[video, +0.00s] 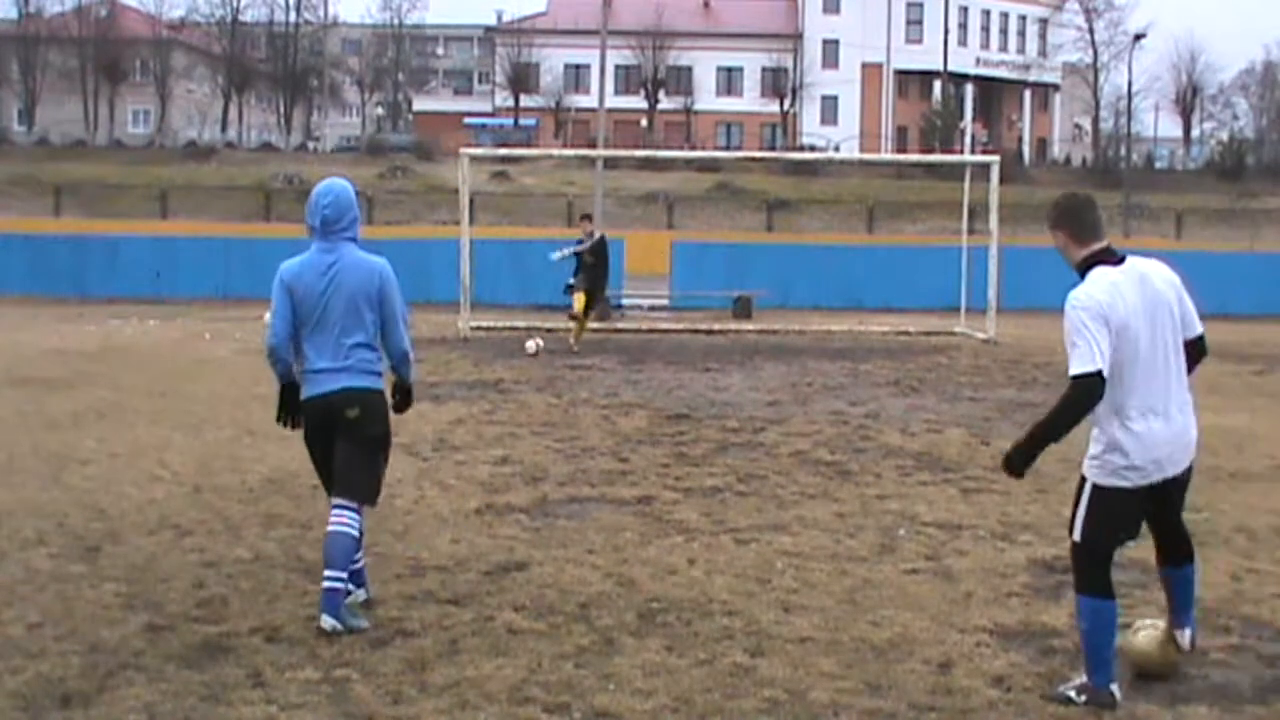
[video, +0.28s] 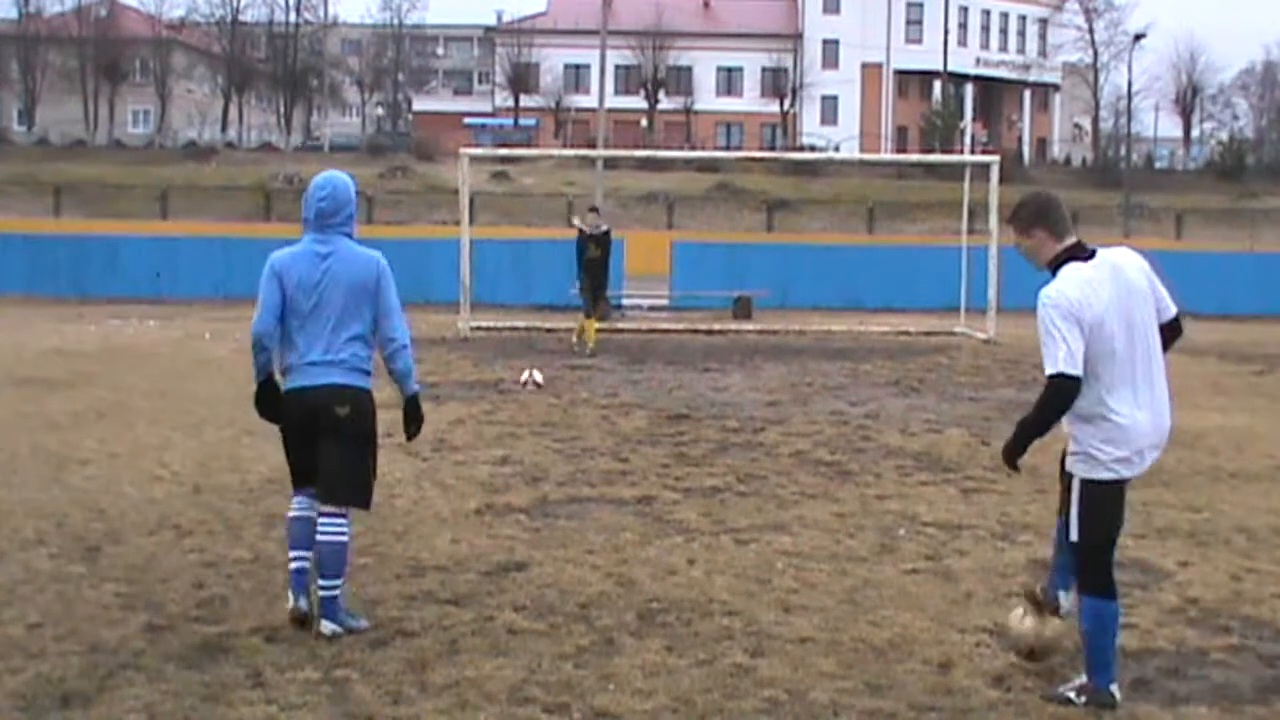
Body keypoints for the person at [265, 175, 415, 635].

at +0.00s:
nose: (357, 220)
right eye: (356, 213)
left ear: (312, 219)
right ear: (356, 217)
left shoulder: (290, 272)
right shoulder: (377, 269)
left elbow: (277, 342)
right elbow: (396, 340)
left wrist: (288, 381)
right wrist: (404, 377)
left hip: (316, 402)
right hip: (364, 399)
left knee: (343, 496)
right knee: (347, 501)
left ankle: (357, 588)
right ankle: (332, 607)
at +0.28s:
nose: (352, 214)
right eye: (353, 206)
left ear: (309, 210)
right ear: (352, 211)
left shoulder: (281, 263)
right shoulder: (372, 264)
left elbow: (263, 332)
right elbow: (394, 338)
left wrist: (264, 379)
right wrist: (411, 392)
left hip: (297, 398)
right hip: (351, 399)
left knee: (304, 489)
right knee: (336, 505)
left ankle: (299, 589)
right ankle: (331, 610)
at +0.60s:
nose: (349, 219)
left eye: (343, 211)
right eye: (347, 212)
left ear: (300, 213)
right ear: (341, 215)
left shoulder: (271, 266)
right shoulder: (350, 263)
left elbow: (254, 340)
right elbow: (362, 342)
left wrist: (272, 376)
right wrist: (388, 387)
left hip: (291, 400)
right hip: (344, 398)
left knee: (291, 506)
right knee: (364, 494)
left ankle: (270, 616)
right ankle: (352, 605)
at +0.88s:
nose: (379, 228)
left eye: (370, 219)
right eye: (378, 221)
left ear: (330, 222)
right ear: (374, 225)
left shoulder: (300, 275)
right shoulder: (384, 280)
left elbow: (283, 353)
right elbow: (411, 355)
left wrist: (311, 385)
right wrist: (456, 395)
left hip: (311, 418)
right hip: (363, 419)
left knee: (302, 519)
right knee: (392, 523)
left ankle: (271, 621)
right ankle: (392, 637)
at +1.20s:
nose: (431, 215)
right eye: (430, 207)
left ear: (382, 206)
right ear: (428, 210)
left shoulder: (351, 264)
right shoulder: (443, 265)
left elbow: (326, 342)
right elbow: (468, 339)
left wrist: (318, 399)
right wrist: (493, 384)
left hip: (363, 407)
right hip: (414, 412)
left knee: (373, 514)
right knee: (410, 528)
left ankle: (350, 627)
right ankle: (395, 643)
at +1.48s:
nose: (451, 231)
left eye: (451, 224)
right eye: (449, 224)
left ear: (400, 218)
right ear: (440, 224)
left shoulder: (361, 277)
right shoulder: (443, 278)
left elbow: (337, 355)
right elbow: (466, 360)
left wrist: (319, 413)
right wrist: (495, 414)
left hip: (385, 430)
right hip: (440, 427)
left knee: (415, 530)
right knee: (490, 517)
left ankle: (416, 646)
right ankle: (446, 608)